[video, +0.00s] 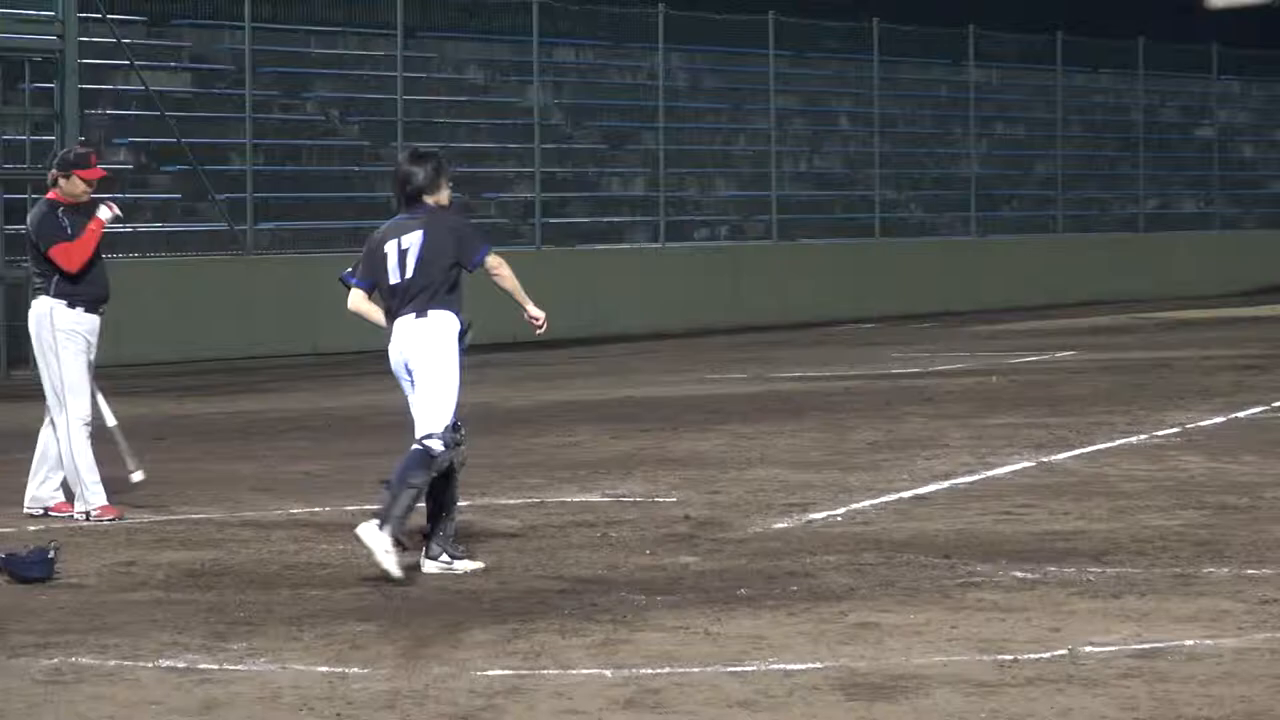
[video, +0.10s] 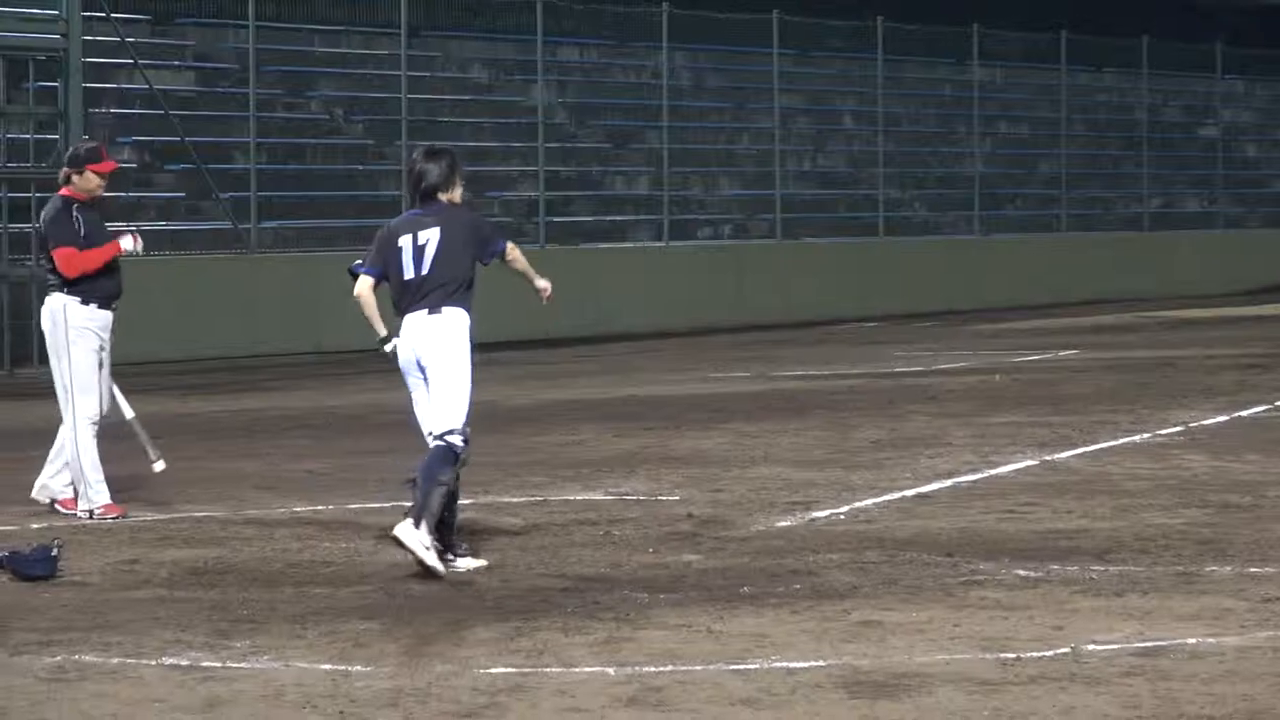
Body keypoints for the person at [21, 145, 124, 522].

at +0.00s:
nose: (92, 188)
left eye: (93, 181)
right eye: (85, 181)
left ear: (80, 181)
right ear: (61, 179)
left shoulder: (79, 213)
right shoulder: (43, 213)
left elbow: (79, 267)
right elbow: (71, 260)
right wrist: (99, 221)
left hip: (84, 318)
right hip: (58, 317)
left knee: (66, 411)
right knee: (74, 412)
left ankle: (42, 495)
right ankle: (91, 502)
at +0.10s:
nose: (105, 181)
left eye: (106, 175)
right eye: (99, 175)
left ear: (88, 177)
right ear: (75, 175)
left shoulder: (87, 210)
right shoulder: (58, 210)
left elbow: (89, 261)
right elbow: (69, 266)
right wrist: (117, 245)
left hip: (96, 315)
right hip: (72, 314)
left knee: (94, 406)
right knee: (81, 408)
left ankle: (52, 485)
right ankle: (94, 500)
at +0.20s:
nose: (117, 177)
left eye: (117, 170)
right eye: (111, 170)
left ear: (97, 173)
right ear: (87, 173)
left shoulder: (98, 209)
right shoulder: (71, 209)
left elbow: (98, 265)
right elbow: (72, 267)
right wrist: (124, 282)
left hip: (105, 314)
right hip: (79, 313)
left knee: (118, 402)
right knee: (85, 406)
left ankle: (67, 472)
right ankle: (95, 499)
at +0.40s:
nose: (131, 178)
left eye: (131, 172)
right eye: (125, 172)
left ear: (112, 175)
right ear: (103, 174)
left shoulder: (113, 214)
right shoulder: (84, 213)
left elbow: (116, 271)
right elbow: (83, 274)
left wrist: (125, 327)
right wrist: (91, 330)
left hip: (121, 321)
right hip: (93, 320)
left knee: (134, 407)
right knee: (91, 414)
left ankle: (124, 490)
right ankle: (91, 502)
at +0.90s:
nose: (172, 177)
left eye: (171, 172)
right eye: (165, 172)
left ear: (157, 177)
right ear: (142, 176)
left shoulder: (167, 219)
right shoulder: (117, 215)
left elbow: (167, 270)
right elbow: (107, 270)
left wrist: (180, 315)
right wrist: (121, 327)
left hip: (166, 327)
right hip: (128, 324)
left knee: (163, 418)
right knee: (115, 420)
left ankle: (160, 501)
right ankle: (103, 506)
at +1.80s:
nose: (162, 178)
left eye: (162, 173)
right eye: (154, 173)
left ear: (154, 181)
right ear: (130, 180)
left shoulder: (168, 227)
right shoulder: (107, 220)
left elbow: (174, 282)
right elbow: (88, 273)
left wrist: (194, 325)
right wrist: (91, 326)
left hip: (160, 332)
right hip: (115, 329)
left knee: (160, 422)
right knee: (109, 424)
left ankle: (162, 504)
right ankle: (108, 509)